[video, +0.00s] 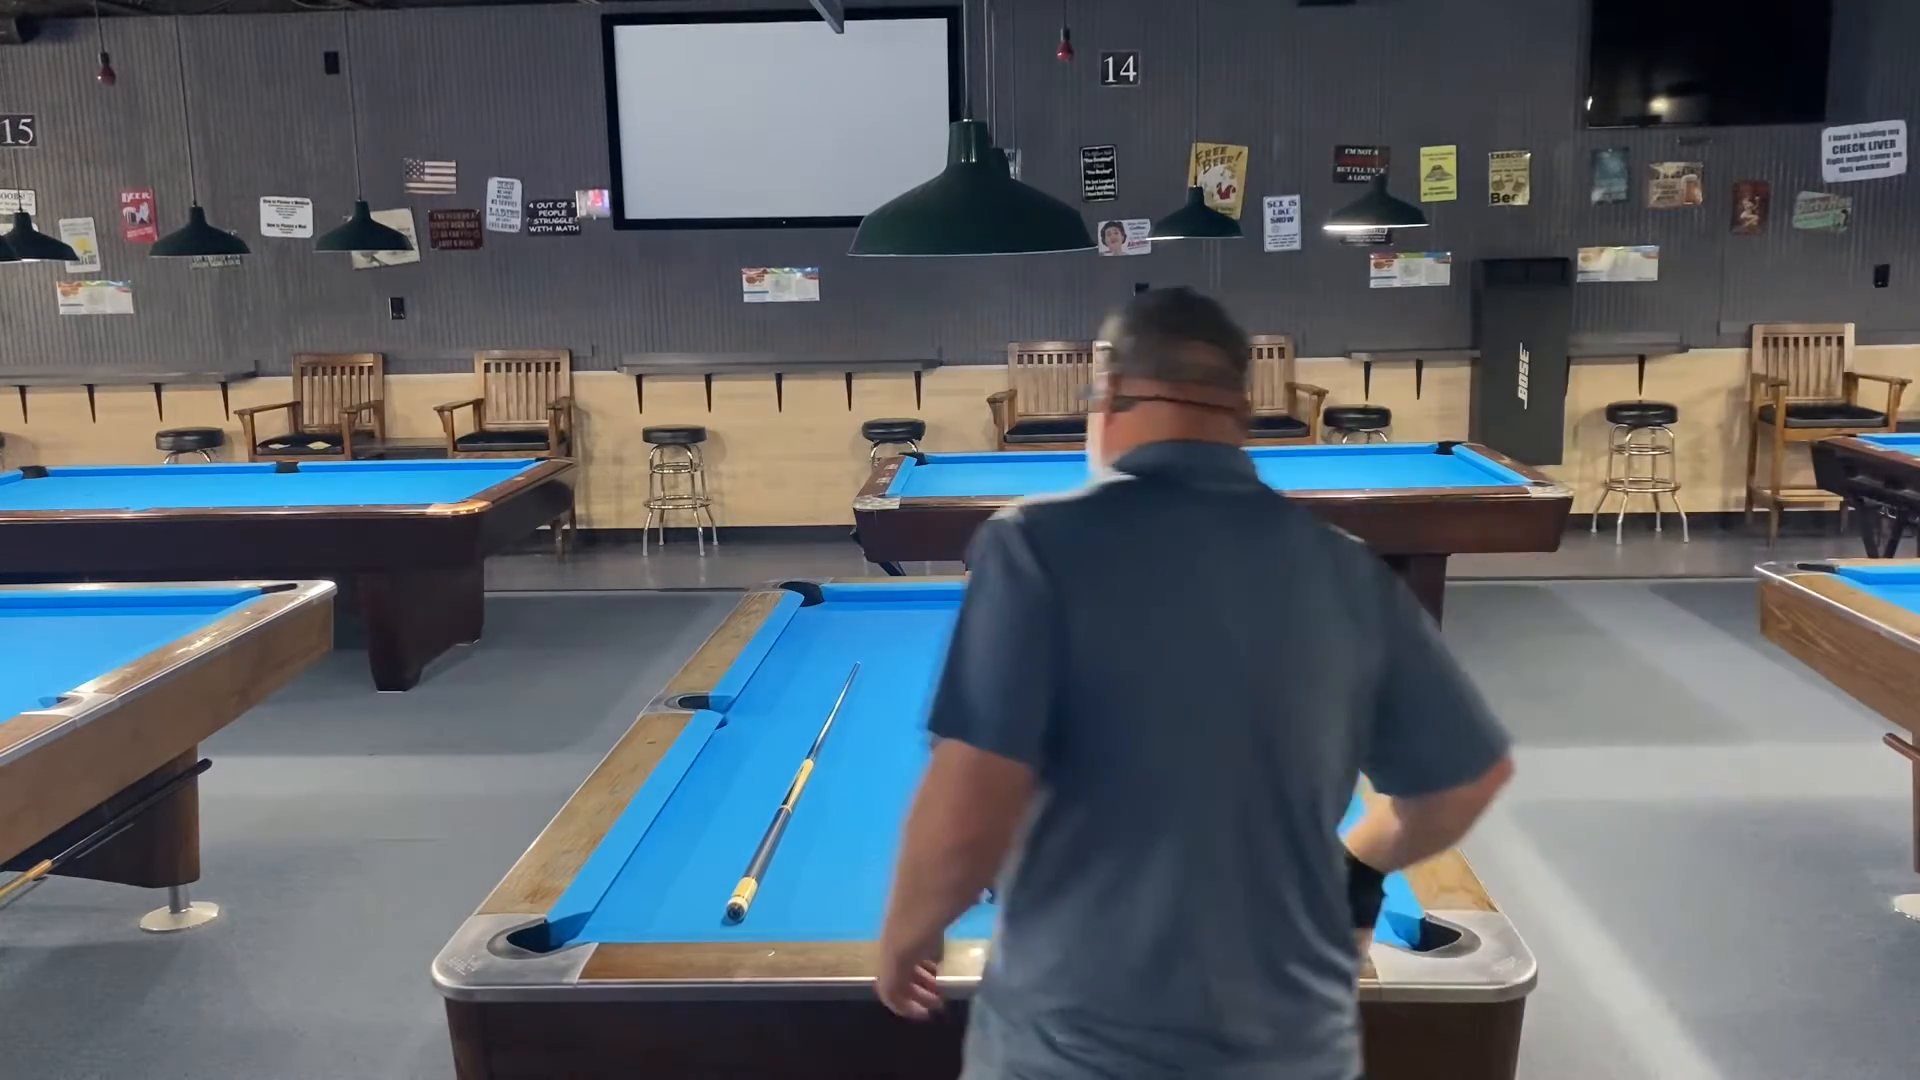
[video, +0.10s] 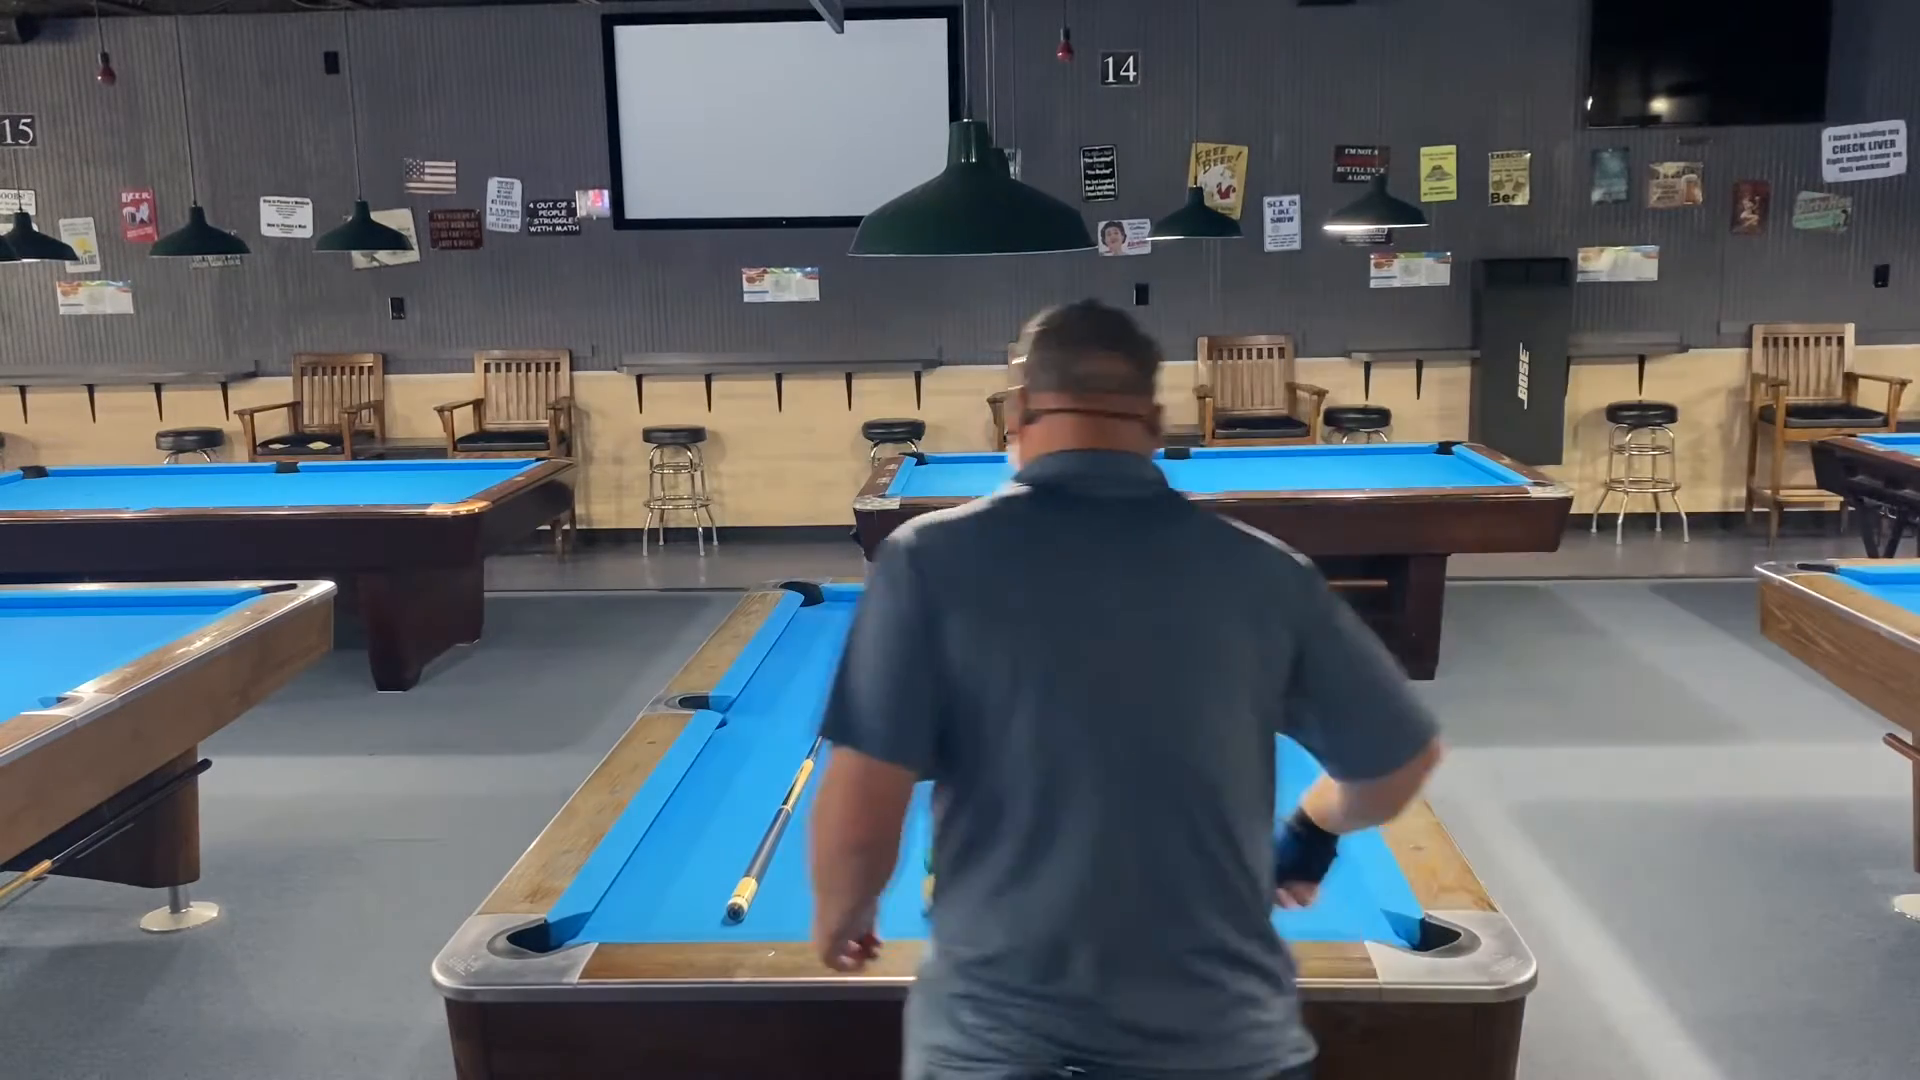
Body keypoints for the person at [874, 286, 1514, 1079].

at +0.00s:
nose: (1093, 427)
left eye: (1094, 407)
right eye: (1098, 407)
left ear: (1110, 406)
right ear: (1242, 412)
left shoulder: (1042, 547)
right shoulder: (1341, 566)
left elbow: (973, 810)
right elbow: (1470, 766)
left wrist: (903, 940)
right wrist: (1354, 868)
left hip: (1076, 1041)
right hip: (1297, 1040)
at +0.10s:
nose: (1009, 426)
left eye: (1008, 415)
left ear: (1016, 416)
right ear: (1155, 424)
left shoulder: (930, 562)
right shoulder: (1260, 570)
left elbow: (857, 817)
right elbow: (1404, 750)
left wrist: (843, 922)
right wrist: (1314, 826)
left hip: (996, 1040)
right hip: (1228, 1039)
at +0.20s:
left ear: (943, 426)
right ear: (1079, 424)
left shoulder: (846, 572)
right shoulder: (1183, 573)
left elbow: (758, 818)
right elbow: (1310, 759)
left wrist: (799, 885)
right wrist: (1249, 795)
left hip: (923, 1034)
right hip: (1143, 1036)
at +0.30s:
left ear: (889, 418)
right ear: (1020, 410)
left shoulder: (792, 559)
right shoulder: (1123, 552)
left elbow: (716, 783)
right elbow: (1232, 750)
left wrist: (790, 845)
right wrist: (1180, 779)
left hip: (882, 1026)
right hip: (1096, 1028)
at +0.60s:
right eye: (978, 427)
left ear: (852, 437)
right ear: (970, 426)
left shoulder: (771, 552)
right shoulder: (1057, 541)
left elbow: (773, 741)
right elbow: (1123, 728)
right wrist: (1070, 778)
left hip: (837, 1005)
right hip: (1041, 1005)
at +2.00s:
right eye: (1029, 519)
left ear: (917, 522)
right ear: (1023, 522)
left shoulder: (835, 583)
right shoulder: (1086, 600)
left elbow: (811, 757)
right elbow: (1171, 801)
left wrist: (877, 804)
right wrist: (1148, 831)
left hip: (847, 958)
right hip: (1048, 965)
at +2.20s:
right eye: (1059, 533)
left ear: (946, 522)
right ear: (1046, 531)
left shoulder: (857, 580)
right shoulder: (1101, 600)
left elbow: (858, 729)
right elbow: (1182, 812)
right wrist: (1163, 836)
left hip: (840, 956)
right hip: (1040, 966)